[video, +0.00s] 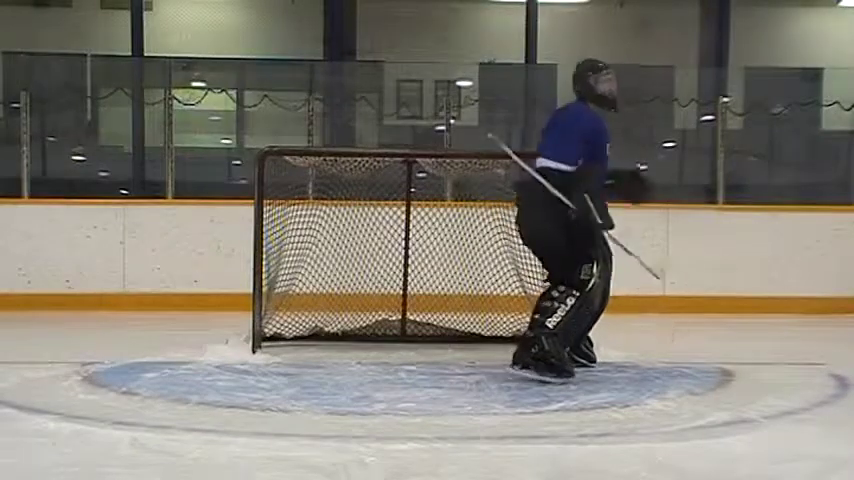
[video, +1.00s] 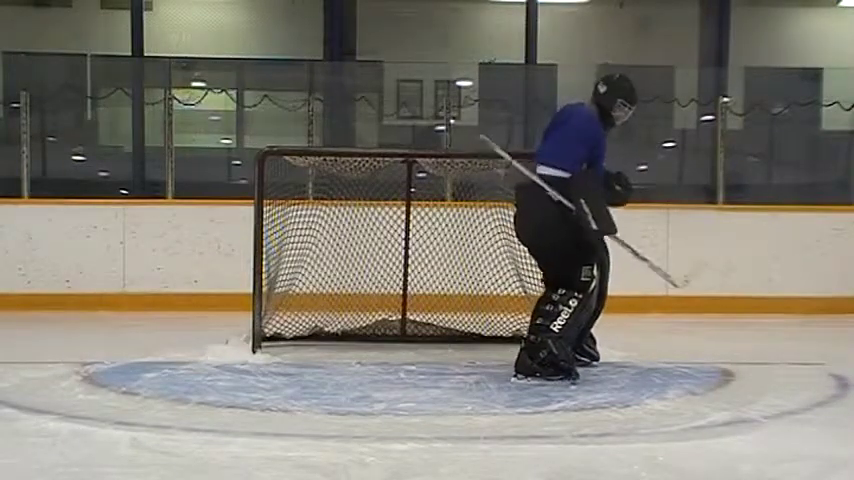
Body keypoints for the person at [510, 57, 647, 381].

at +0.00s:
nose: (614, 87)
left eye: (613, 80)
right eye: (608, 81)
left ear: (587, 86)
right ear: (590, 84)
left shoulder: (562, 117)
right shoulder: (591, 123)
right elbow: (584, 184)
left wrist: (618, 178)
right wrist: (598, 225)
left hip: (533, 209)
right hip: (557, 212)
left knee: (565, 275)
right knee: (592, 274)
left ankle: (536, 343)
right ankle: (548, 343)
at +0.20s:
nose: (603, 87)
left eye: (605, 80)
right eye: (595, 81)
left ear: (607, 84)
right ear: (577, 86)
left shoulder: (559, 115)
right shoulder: (589, 125)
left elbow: (560, 167)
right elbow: (584, 185)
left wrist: (607, 176)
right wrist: (598, 226)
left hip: (534, 206)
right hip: (556, 210)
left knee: (566, 277)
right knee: (595, 276)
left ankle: (541, 344)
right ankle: (549, 346)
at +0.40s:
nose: (605, 88)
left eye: (606, 81)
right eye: (597, 81)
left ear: (580, 88)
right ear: (581, 86)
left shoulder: (563, 116)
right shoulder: (587, 124)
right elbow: (579, 187)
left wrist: (607, 183)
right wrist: (597, 228)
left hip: (535, 211)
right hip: (556, 215)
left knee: (566, 280)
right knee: (591, 279)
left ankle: (539, 349)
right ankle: (548, 350)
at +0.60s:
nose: (613, 94)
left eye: (616, 88)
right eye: (608, 87)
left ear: (583, 90)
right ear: (593, 88)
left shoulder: (567, 114)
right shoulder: (589, 127)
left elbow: (568, 169)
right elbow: (582, 192)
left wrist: (602, 182)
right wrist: (592, 237)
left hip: (534, 210)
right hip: (554, 215)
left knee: (566, 280)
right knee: (594, 279)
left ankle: (539, 348)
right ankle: (551, 348)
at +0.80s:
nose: (621, 112)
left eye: (625, 106)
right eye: (619, 103)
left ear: (599, 96)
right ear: (603, 96)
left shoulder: (570, 114)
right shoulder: (591, 129)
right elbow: (585, 191)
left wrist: (600, 182)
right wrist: (594, 235)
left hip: (532, 207)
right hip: (550, 212)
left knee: (564, 280)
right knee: (589, 275)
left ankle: (538, 350)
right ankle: (549, 350)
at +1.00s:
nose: (623, 115)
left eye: (627, 109)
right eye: (622, 107)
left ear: (601, 97)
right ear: (607, 99)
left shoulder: (571, 113)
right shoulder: (591, 126)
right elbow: (586, 182)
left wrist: (606, 183)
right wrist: (605, 224)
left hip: (531, 207)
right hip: (553, 210)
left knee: (561, 279)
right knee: (586, 274)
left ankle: (537, 350)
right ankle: (548, 349)